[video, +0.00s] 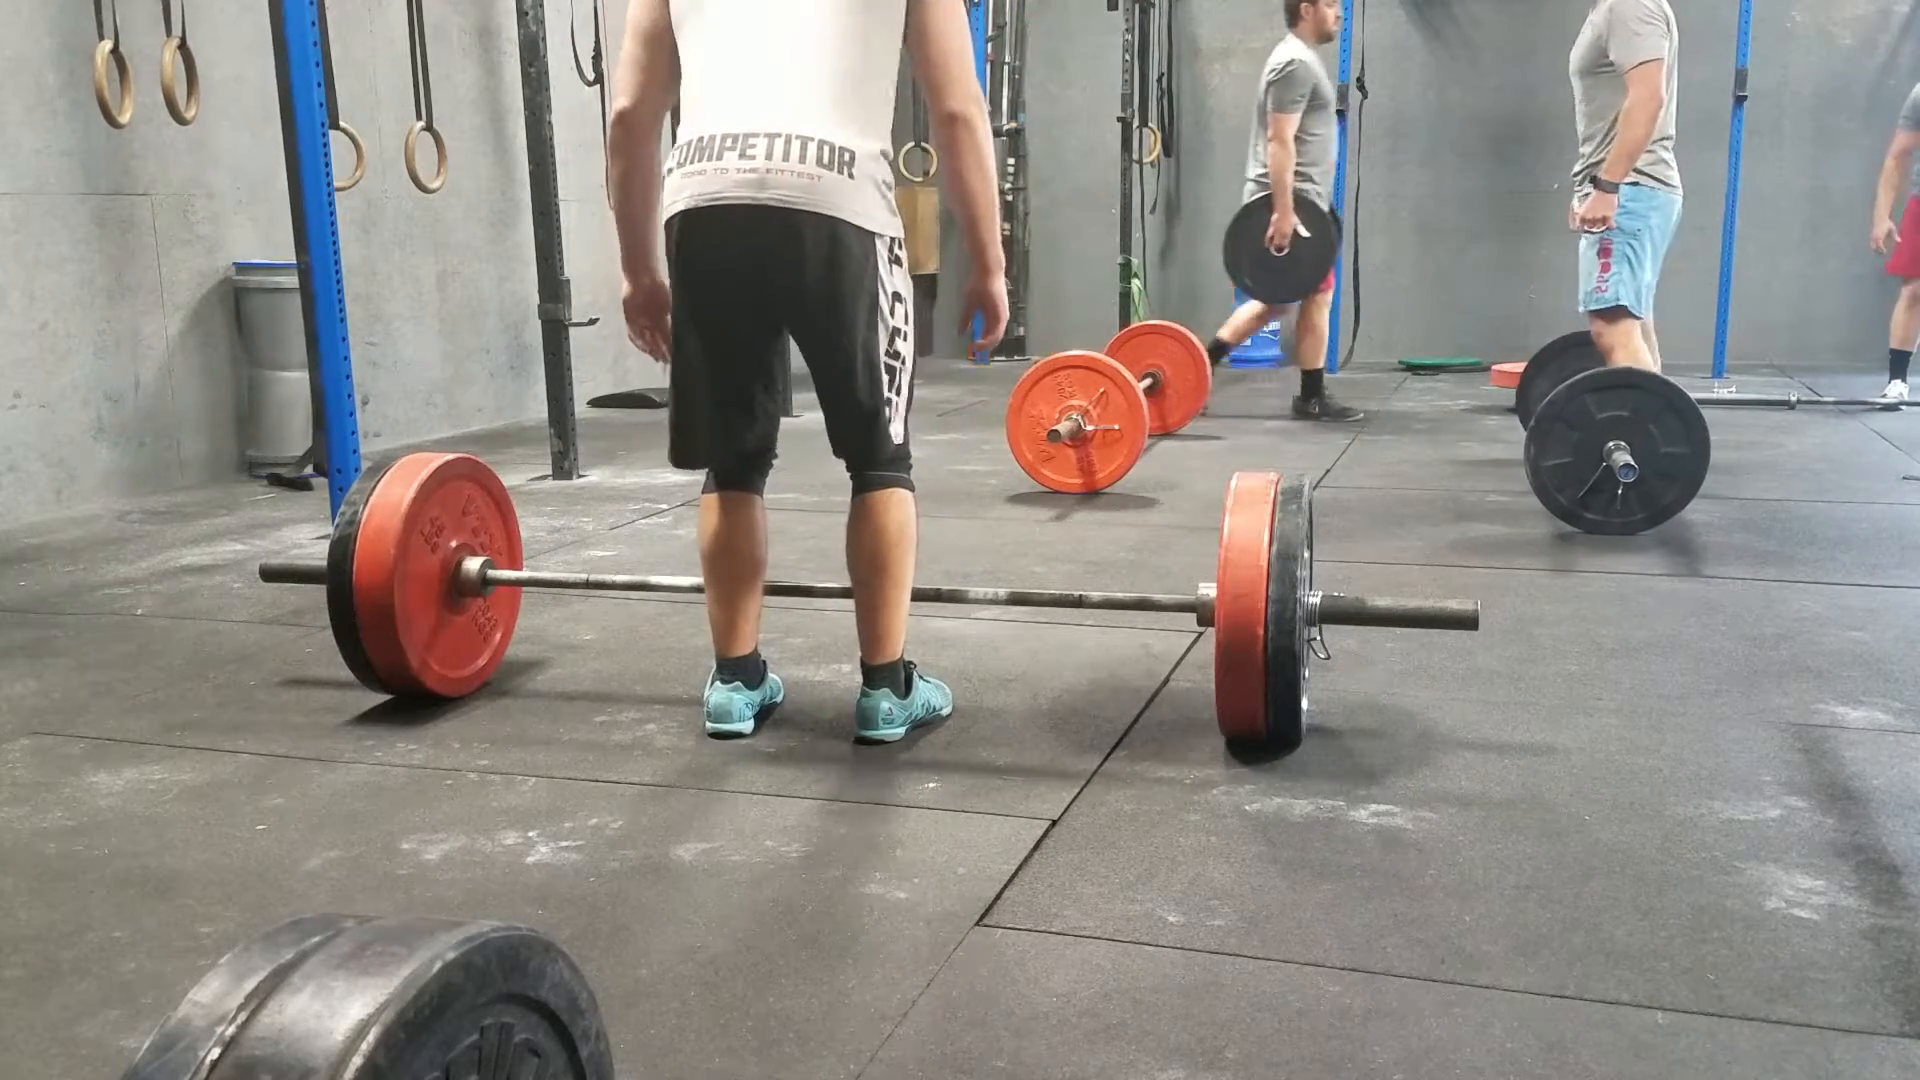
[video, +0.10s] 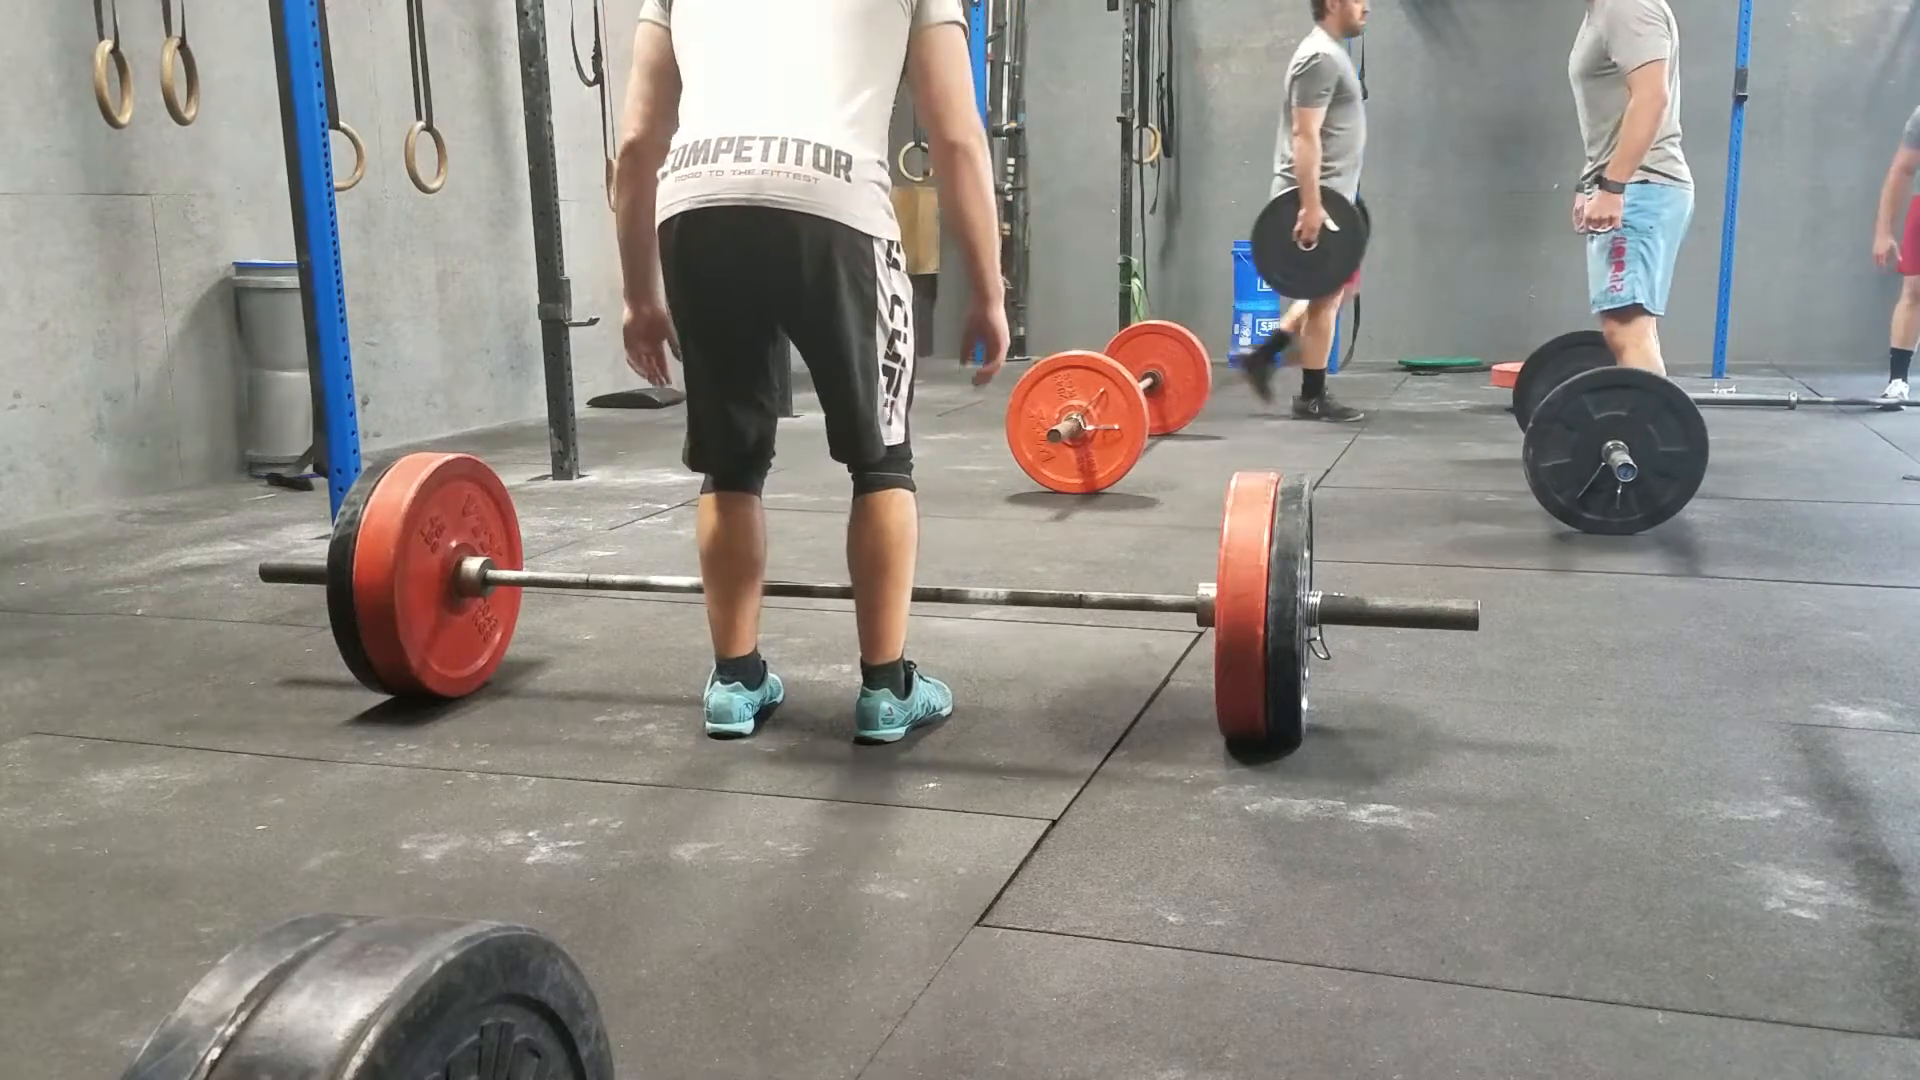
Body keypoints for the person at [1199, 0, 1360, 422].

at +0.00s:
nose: (1339, 13)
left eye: (1337, 5)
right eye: (1331, 5)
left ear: (1307, 12)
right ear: (1306, 10)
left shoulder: (1300, 58)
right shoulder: (1295, 62)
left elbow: (1289, 138)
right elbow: (1279, 140)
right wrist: (1282, 209)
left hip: (1292, 198)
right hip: (1299, 202)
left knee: (1274, 297)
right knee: (1320, 291)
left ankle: (1206, 357)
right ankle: (1311, 395)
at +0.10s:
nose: (1365, 8)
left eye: (1363, 2)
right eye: (1357, 1)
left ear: (1333, 9)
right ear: (1332, 6)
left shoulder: (1331, 54)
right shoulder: (1319, 58)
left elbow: (1320, 135)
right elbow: (1305, 136)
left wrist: (1336, 196)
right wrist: (1311, 204)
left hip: (1331, 195)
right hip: (1318, 198)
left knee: (1341, 285)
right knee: (1326, 292)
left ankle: (1264, 354)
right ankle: (1312, 396)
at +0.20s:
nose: (1391, 7)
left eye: (1391, 1)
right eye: (1385, 1)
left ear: (1361, 6)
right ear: (1358, 4)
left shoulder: (1358, 52)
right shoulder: (1344, 54)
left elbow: (1350, 134)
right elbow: (1331, 133)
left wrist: (1364, 198)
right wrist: (1340, 202)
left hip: (1358, 196)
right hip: (1336, 199)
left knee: (1381, 282)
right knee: (1332, 294)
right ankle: (1312, 394)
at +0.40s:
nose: (1453, 8)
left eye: (1453, 2)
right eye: (1443, 2)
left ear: (1421, 9)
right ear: (1416, 6)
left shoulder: (1423, 56)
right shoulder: (1400, 58)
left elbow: (1409, 137)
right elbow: (1387, 137)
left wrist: (1419, 202)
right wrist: (1400, 203)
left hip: (1413, 198)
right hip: (1381, 201)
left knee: (1441, 287)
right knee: (1360, 298)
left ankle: (1467, 390)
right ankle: (1315, 393)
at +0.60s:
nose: (1519, 5)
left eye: (1519, 0)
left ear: (1490, 6)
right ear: (1484, 3)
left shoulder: (1489, 49)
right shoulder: (1466, 49)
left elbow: (1472, 126)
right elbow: (1448, 127)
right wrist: (1457, 195)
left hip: (1490, 195)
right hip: (1465, 197)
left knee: (1493, 292)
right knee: (1465, 296)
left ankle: (1479, 392)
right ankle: (1380, 360)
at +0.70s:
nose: (1550, 6)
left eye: (1549, 1)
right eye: (1544, 0)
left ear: (1522, 5)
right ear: (1519, 2)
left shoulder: (1519, 44)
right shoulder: (1494, 44)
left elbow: (1503, 121)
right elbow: (1473, 123)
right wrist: (1484, 190)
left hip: (1522, 186)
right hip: (1508, 188)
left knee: (1509, 285)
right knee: (1528, 283)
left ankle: (1481, 383)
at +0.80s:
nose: (1581, 5)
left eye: (1580, 1)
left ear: (1552, 4)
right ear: (1551, 2)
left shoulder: (1551, 44)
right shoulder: (1524, 45)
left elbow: (1547, 126)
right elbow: (1505, 122)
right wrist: (1513, 199)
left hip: (1548, 193)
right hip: (1535, 195)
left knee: (1507, 292)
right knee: (1553, 291)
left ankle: (1480, 392)